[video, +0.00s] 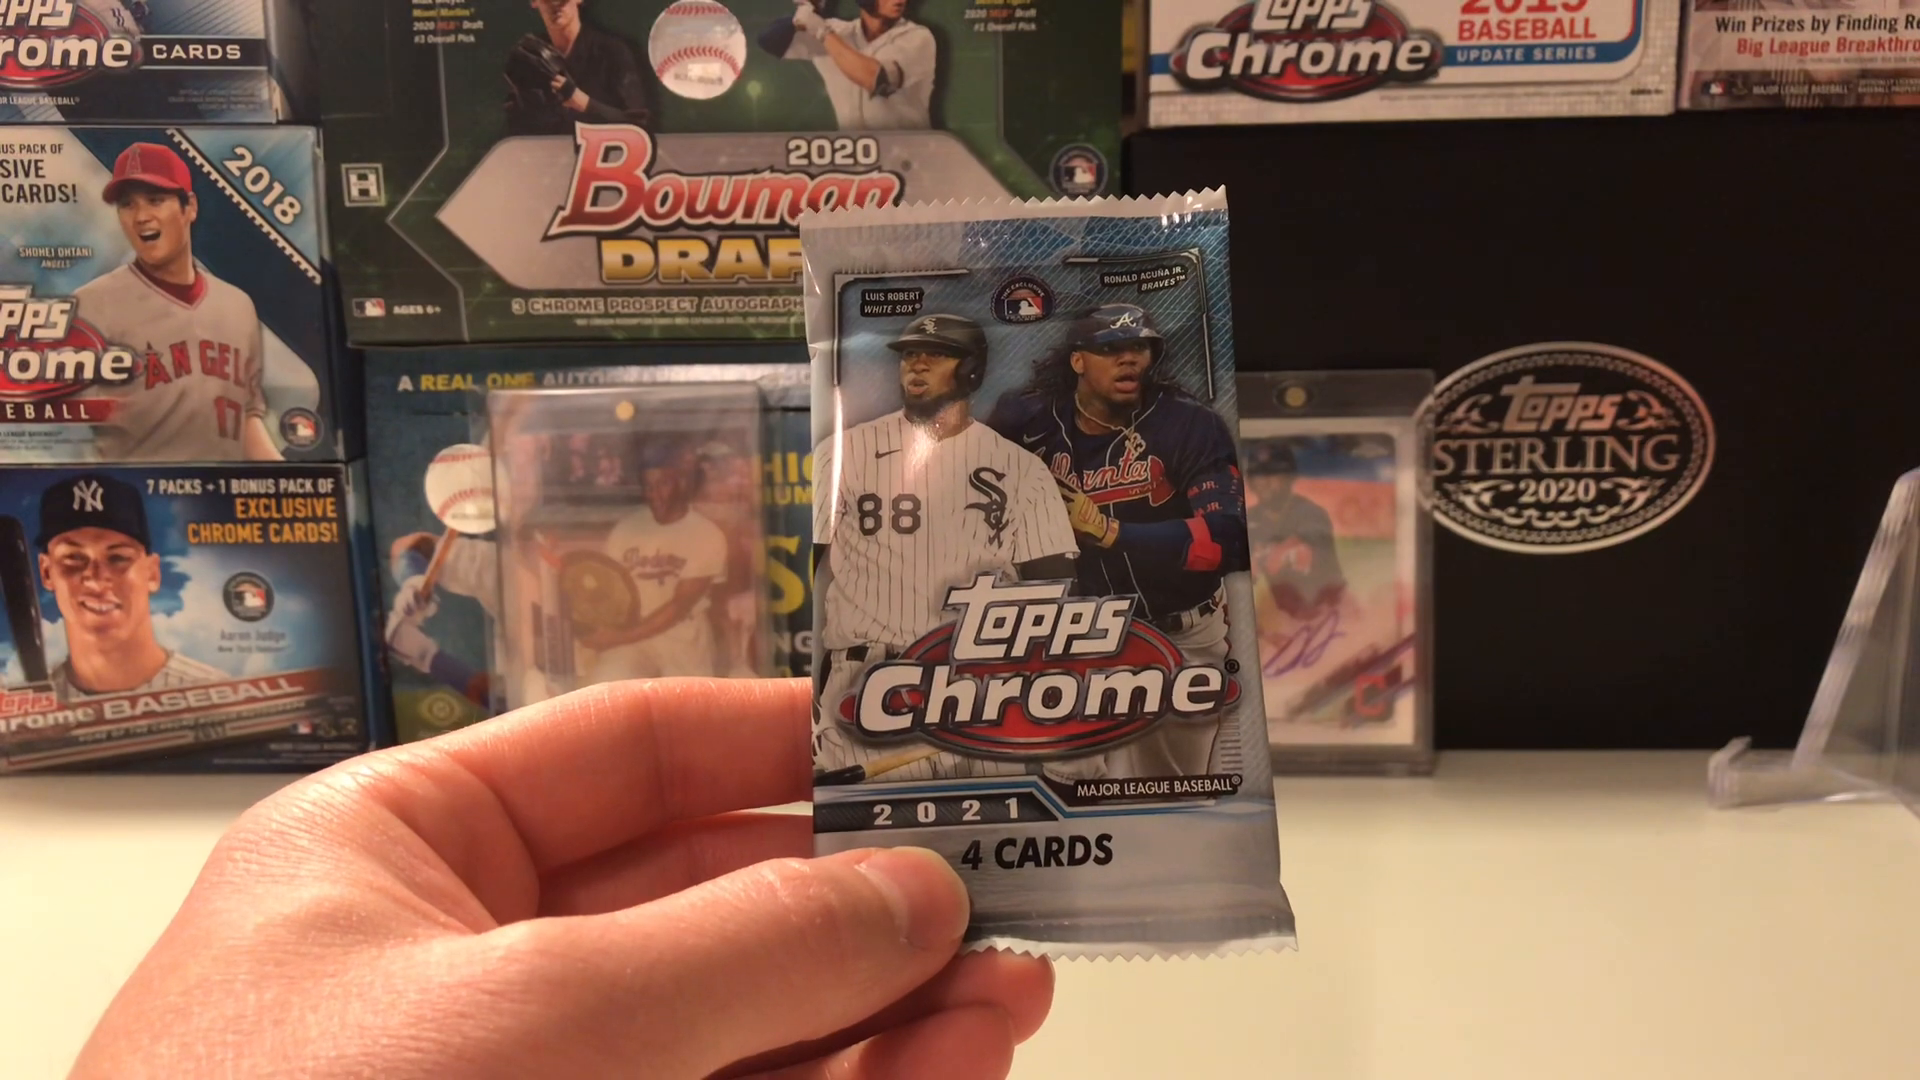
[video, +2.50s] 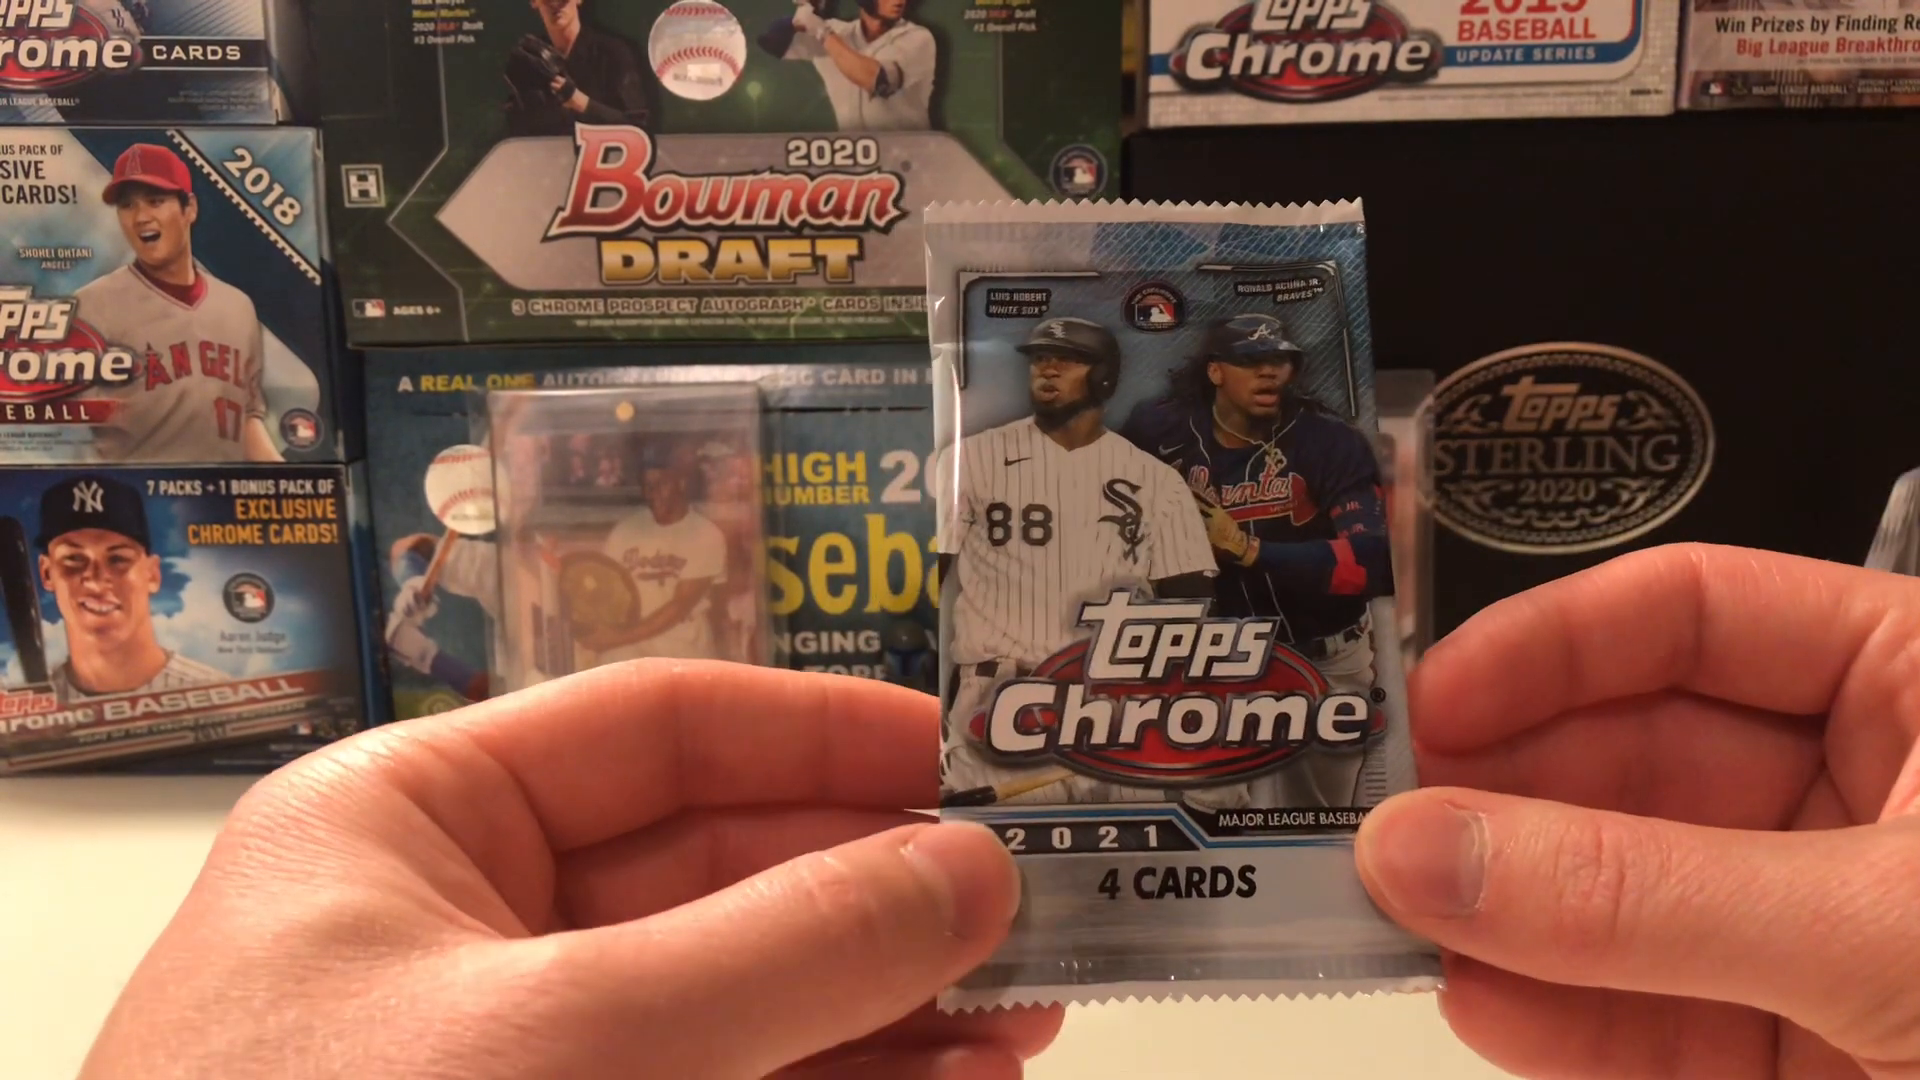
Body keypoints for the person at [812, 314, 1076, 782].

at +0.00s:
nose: (916, 366)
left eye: (933, 356)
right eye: (909, 355)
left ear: (968, 370)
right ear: (899, 365)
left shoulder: (1020, 471)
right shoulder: (840, 456)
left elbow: (1051, 594)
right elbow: (812, 571)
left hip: (975, 694)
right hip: (856, 692)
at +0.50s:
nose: (932, 369)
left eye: (950, 358)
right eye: (925, 357)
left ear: (985, 373)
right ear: (915, 367)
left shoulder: (1037, 475)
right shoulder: (856, 459)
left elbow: (1066, 597)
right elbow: (827, 575)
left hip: (992, 699)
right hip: (873, 697)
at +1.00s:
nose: (968, 373)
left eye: (986, 363)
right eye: (961, 362)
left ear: (1020, 378)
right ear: (951, 372)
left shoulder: (1076, 481)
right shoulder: (892, 465)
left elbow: (1110, 603)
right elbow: (849, 586)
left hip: (1033, 710)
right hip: (912, 709)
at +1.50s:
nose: (984, 364)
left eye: (1002, 353)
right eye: (977, 353)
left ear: (1040, 370)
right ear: (966, 363)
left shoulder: (1096, 478)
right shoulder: (904, 462)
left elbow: (1128, 612)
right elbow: (856, 587)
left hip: (1052, 717)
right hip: (927, 715)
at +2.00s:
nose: (1018, 373)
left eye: (1036, 363)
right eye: (1011, 361)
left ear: (1072, 380)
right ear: (999, 370)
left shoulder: (1126, 489)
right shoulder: (939, 464)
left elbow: (1156, 620)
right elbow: (911, 598)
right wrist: (903, 719)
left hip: (1079, 722)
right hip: (956, 717)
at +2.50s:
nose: (1047, 371)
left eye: (1065, 360)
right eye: (1040, 359)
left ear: (1102, 377)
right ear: (1028, 369)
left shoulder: (1157, 484)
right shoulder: (967, 464)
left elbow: (1186, 611)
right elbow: (940, 590)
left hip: (1111, 715)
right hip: (991, 712)